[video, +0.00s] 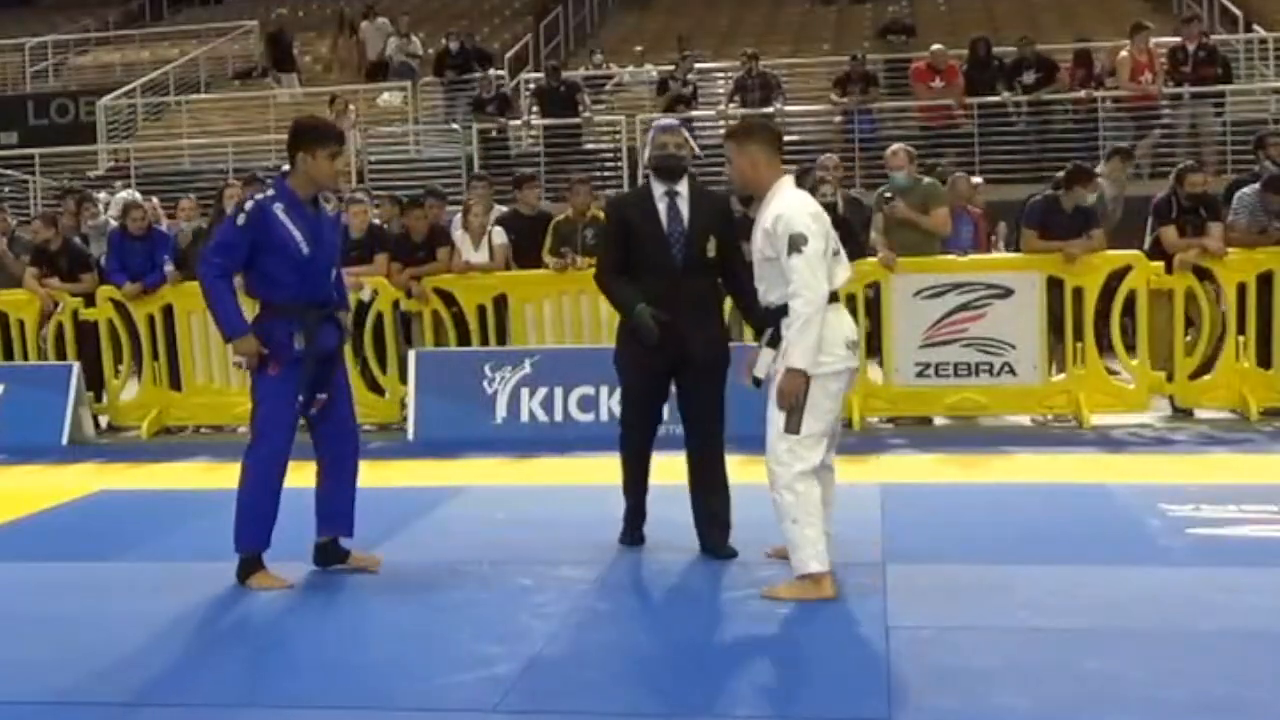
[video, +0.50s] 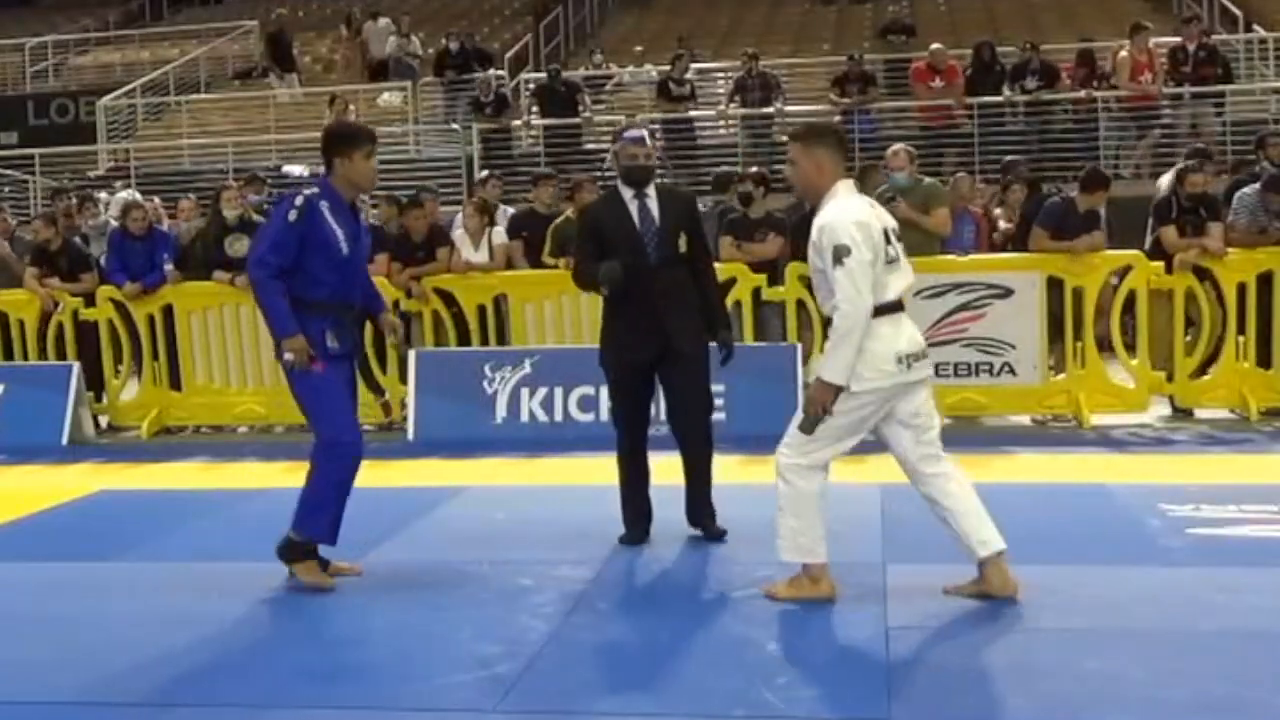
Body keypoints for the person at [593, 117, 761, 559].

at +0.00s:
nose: (669, 154)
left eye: (677, 146)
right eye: (661, 147)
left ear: (690, 153)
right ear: (646, 154)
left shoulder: (713, 205)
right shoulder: (622, 208)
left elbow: (735, 271)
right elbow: (607, 272)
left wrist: (761, 319)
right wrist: (633, 307)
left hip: (702, 339)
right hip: (644, 339)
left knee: (706, 440)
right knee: (636, 436)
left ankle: (714, 535)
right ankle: (633, 520)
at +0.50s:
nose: (638, 158)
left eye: (645, 151)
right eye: (630, 152)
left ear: (656, 157)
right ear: (615, 159)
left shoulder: (680, 202)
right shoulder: (597, 213)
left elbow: (703, 267)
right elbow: (581, 273)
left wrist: (719, 323)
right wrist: (600, 273)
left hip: (682, 332)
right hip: (626, 337)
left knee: (695, 427)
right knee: (631, 435)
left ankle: (702, 515)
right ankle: (636, 523)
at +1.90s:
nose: (636, 169)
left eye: (642, 162)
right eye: (629, 163)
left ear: (654, 166)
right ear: (618, 169)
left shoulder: (676, 205)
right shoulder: (601, 214)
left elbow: (694, 263)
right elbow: (588, 264)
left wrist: (707, 316)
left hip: (679, 324)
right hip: (630, 327)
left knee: (686, 412)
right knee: (636, 415)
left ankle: (694, 492)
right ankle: (641, 493)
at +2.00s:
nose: (634, 168)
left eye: (639, 162)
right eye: (626, 163)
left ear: (650, 165)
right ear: (615, 169)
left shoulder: (675, 205)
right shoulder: (601, 215)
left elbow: (696, 265)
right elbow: (593, 278)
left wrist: (708, 317)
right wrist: (591, 336)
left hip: (679, 325)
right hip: (629, 329)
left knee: (690, 408)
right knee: (635, 414)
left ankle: (698, 486)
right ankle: (641, 492)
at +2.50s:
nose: (646, 171)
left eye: (653, 165)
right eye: (642, 165)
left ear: (671, 168)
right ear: (636, 170)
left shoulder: (700, 212)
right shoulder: (625, 216)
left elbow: (717, 271)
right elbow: (616, 273)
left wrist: (720, 319)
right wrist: (600, 322)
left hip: (689, 328)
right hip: (641, 328)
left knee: (691, 411)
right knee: (643, 413)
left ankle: (692, 485)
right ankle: (641, 492)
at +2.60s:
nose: (652, 173)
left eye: (659, 167)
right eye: (648, 166)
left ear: (677, 169)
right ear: (642, 170)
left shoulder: (704, 213)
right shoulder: (629, 215)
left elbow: (720, 270)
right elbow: (621, 265)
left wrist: (718, 316)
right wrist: (614, 305)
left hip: (691, 324)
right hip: (644, 324)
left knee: (693, 407)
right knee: (646, 407)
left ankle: (692, 481)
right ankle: (643, 483)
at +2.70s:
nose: (656, 170)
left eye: (664, 164)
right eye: (653, 164)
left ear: (682, 168)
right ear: (648, 168)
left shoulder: (708, 213)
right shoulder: (633, 213)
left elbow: (720, 272)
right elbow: (622, 266)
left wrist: (714, 319)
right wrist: (621, 303)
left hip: (690, 324)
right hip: (644, 325)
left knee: (693, 407)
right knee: (644, 408)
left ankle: (693, 481)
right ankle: (642, 482)